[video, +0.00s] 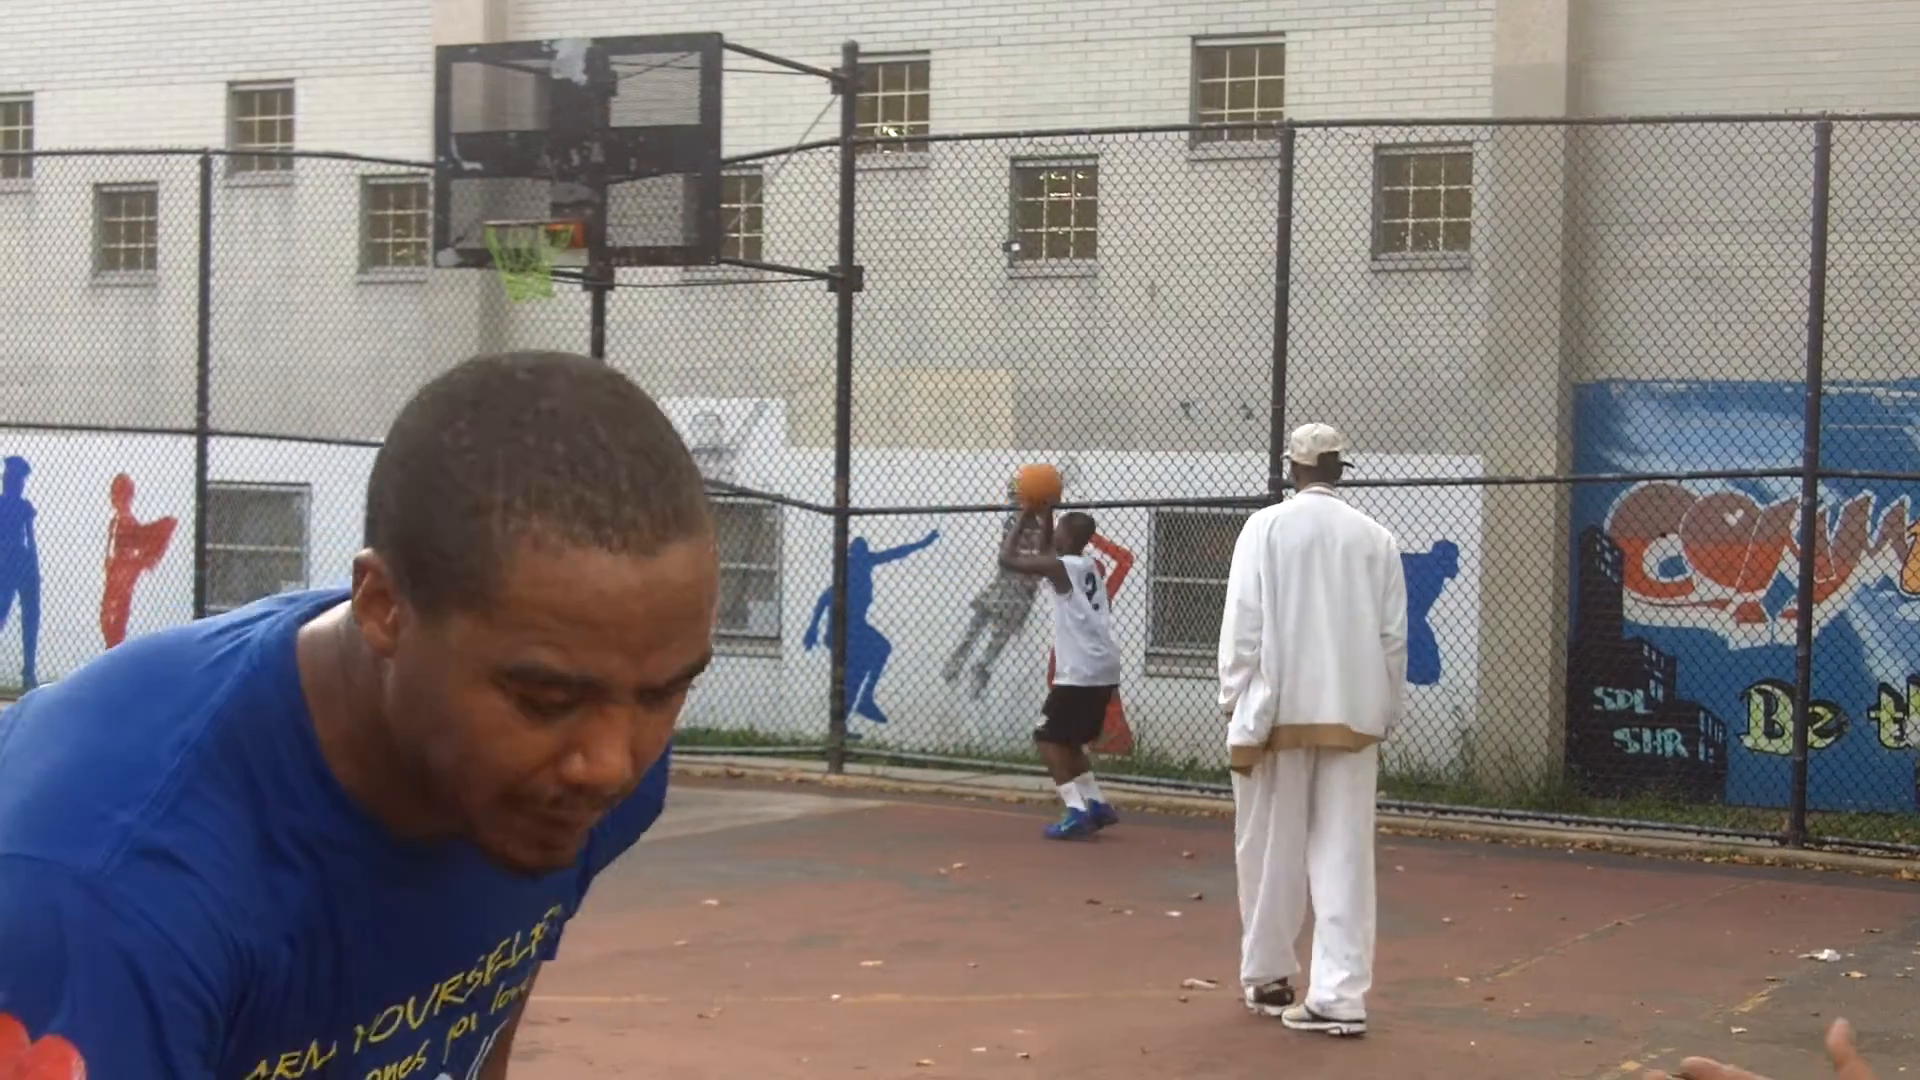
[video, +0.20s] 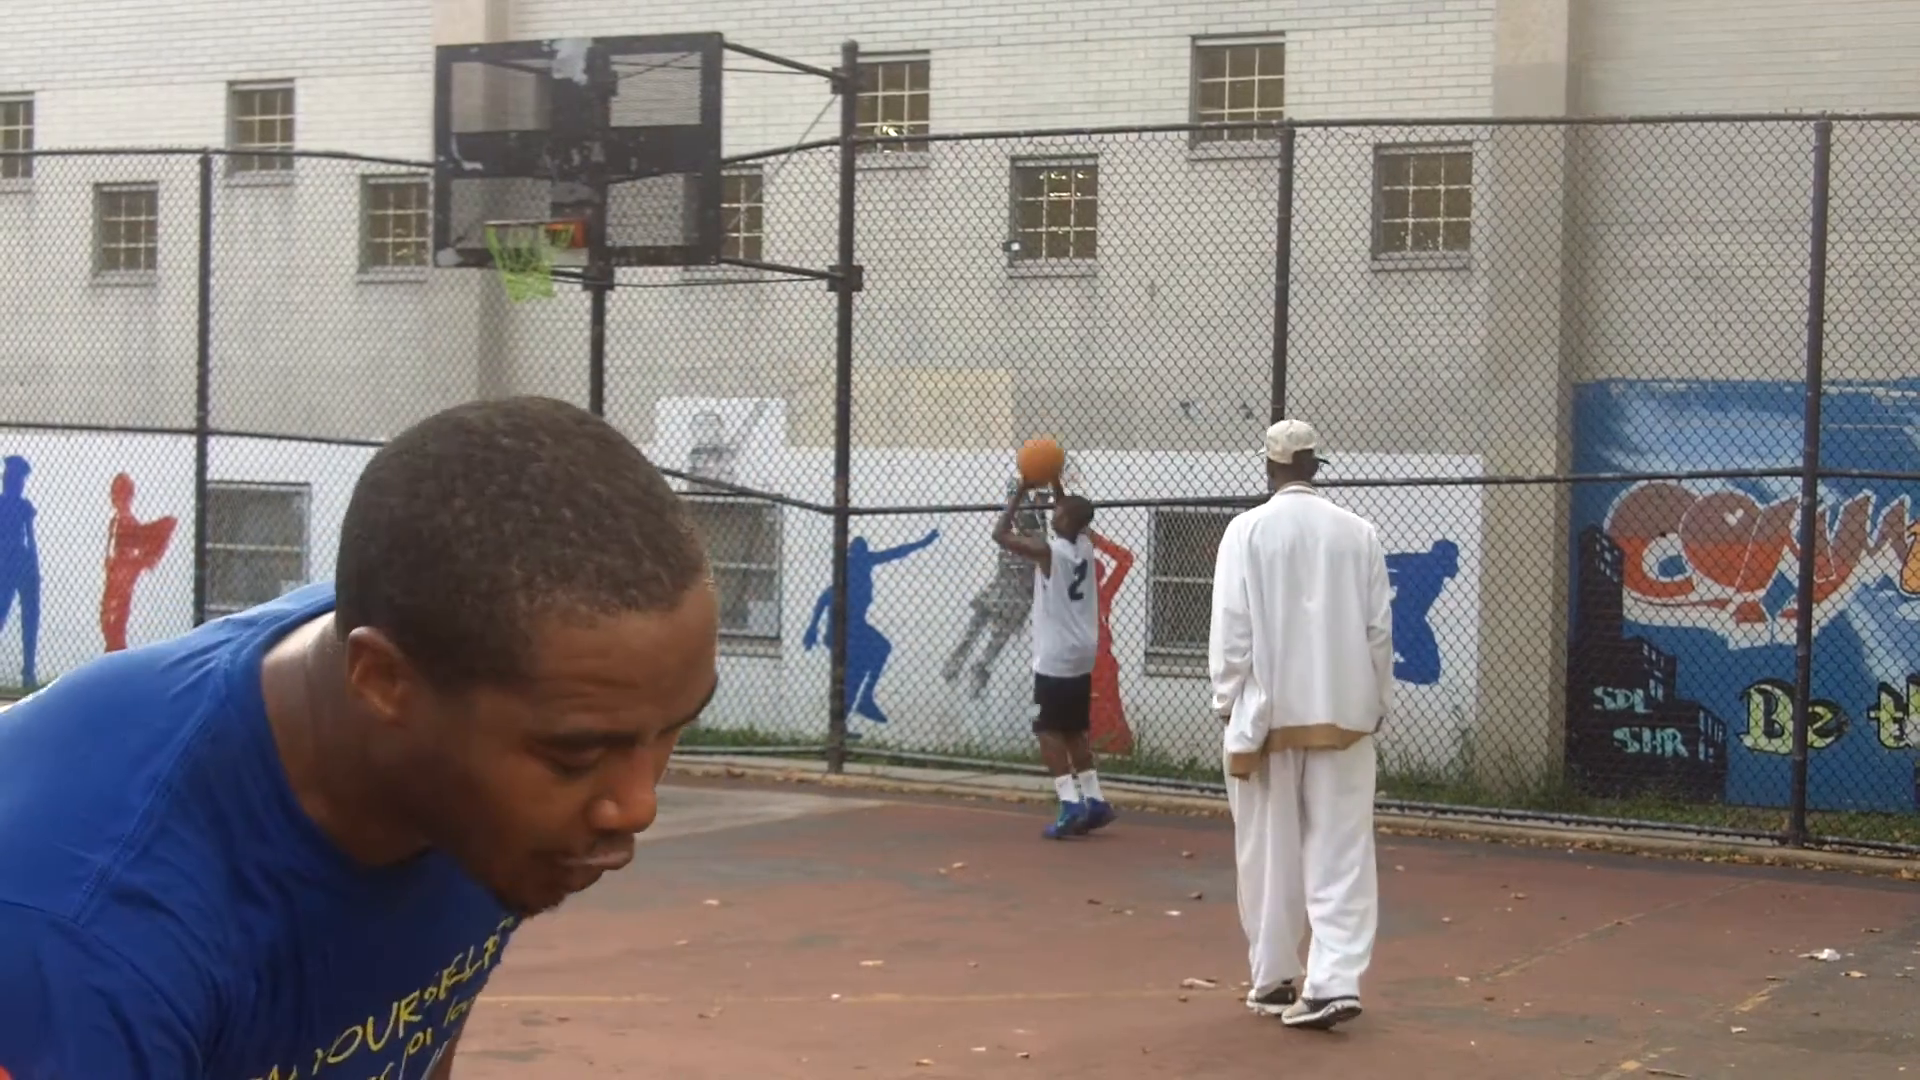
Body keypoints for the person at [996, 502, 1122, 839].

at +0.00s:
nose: (1055, 533)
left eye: (1059, 529)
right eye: (1056, 528)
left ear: (1072, 538)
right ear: (1083, 540)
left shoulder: (1063, 566)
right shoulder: (1088, 565)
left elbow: (1008, 559)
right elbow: (1048, 554)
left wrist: (1021, 517)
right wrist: (1046, 515)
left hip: (1079, 673)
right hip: (1101, 671)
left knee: (1046, 738)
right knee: (1066, 739)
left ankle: (1077, 810)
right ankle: (1096, 803)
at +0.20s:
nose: (1057, 515)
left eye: (1063, 513)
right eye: (1059, 510)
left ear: (1073, 522)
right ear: (1081, 524)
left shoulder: (1050, 551)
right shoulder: (1084, 548)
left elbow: (1001, 534)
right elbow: (1069, 520)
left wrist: (1018, 494)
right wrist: (1056, 487)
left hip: (1055, 655)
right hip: (1083, 653)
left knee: (1047, 730)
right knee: (1074, 729)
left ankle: (1071, 804)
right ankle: (1094, 800)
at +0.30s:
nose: (1052, 474)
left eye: (1059, 474)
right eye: (1057, 471)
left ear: (1066, 490)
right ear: (1078, 494)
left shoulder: (1042, 512)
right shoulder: (1082, 515)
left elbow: (1006, 472)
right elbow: (1053, 468)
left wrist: (992, 423)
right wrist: (1031, 426)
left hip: (1048, 620)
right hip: (1078, 618)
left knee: (1053, 697)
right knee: (1072, 696)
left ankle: (1064, 780)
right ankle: (1089, 774)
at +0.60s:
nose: (1036, 502)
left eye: (1043, 500)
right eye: (1041, 498)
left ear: (1054, 512)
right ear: (1064, 515)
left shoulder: (1033, 535)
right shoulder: (1071, 538)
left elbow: (1004, 498)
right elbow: (1023, 500)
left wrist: (991, 448)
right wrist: (996, 454)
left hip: (1036, 647)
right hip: (1068, 645)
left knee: (1032, 725)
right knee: (1064, 723)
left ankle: (1044, 803)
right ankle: (1092, 799)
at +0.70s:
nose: (1023, 528)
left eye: (1031, 522)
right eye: (1026, 522)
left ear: (1044, 531)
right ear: (1057, 534)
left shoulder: (1036, 563)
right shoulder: (1058, 566)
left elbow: (981, 544)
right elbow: (1012, 552)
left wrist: (992, 506)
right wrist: (1002, 513)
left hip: (1035, 671)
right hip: (1062, 670)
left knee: (1017, 743)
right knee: (1060, 744)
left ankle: (1046, 812)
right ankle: (1094, 807)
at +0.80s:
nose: (1023, 520)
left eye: (1030, 516)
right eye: (1026, 515)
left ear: (1040, 526)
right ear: (1049, 528)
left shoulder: (1023, 561)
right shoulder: (1054, 561)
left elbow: (993, 604)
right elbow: (1028, 603)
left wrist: (984, 574)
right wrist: (1003, 575)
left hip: (1027, 667)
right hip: (1052, 666)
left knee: (1019, 736)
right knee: (1041, 736)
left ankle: (1047, 810)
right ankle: (1084, 793)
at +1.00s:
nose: (998, 518)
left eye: (1004, 515)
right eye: (1002, 513)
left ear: (1012, 526)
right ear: (1022, 529)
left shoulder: (1002, 565)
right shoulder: (1029, 561)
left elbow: (1031, 608)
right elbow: (1060, 599)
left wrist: (1022, 656)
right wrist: (1077, 634)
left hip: (1014, 670)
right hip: (1023, 669)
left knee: (1016, 737)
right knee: (999, 731)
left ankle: (1045, 809)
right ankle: (1046, 797)